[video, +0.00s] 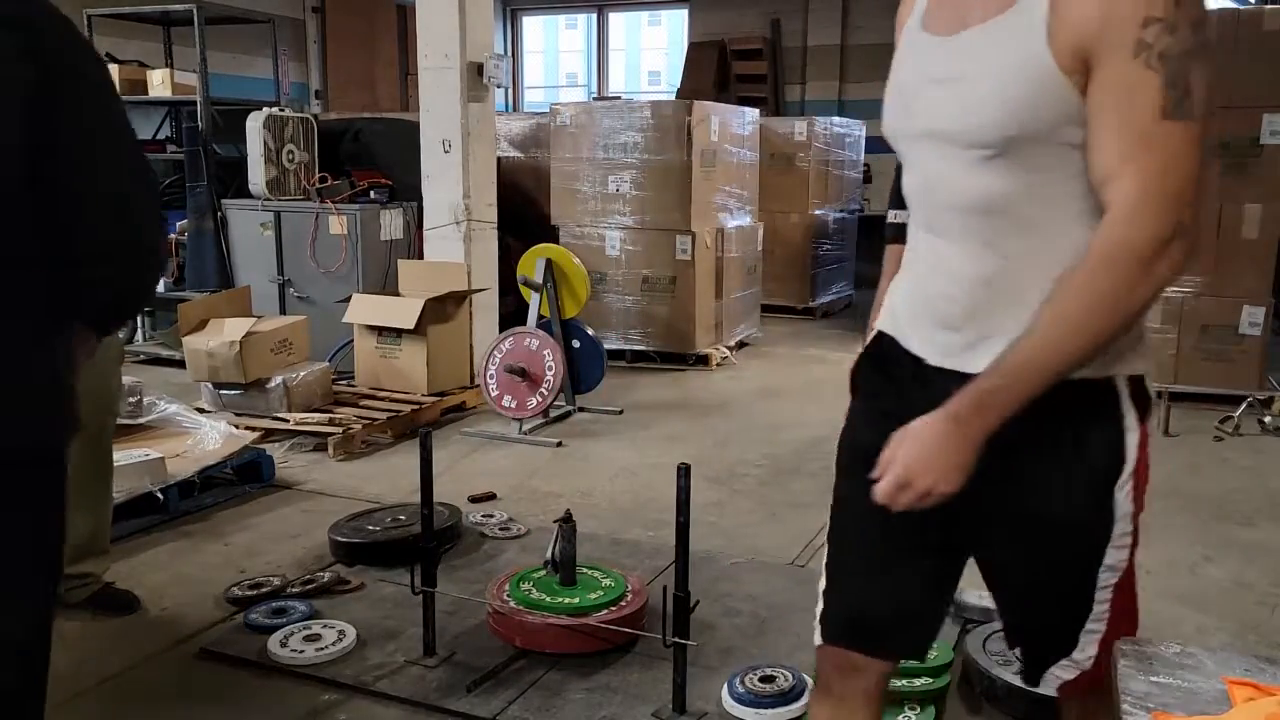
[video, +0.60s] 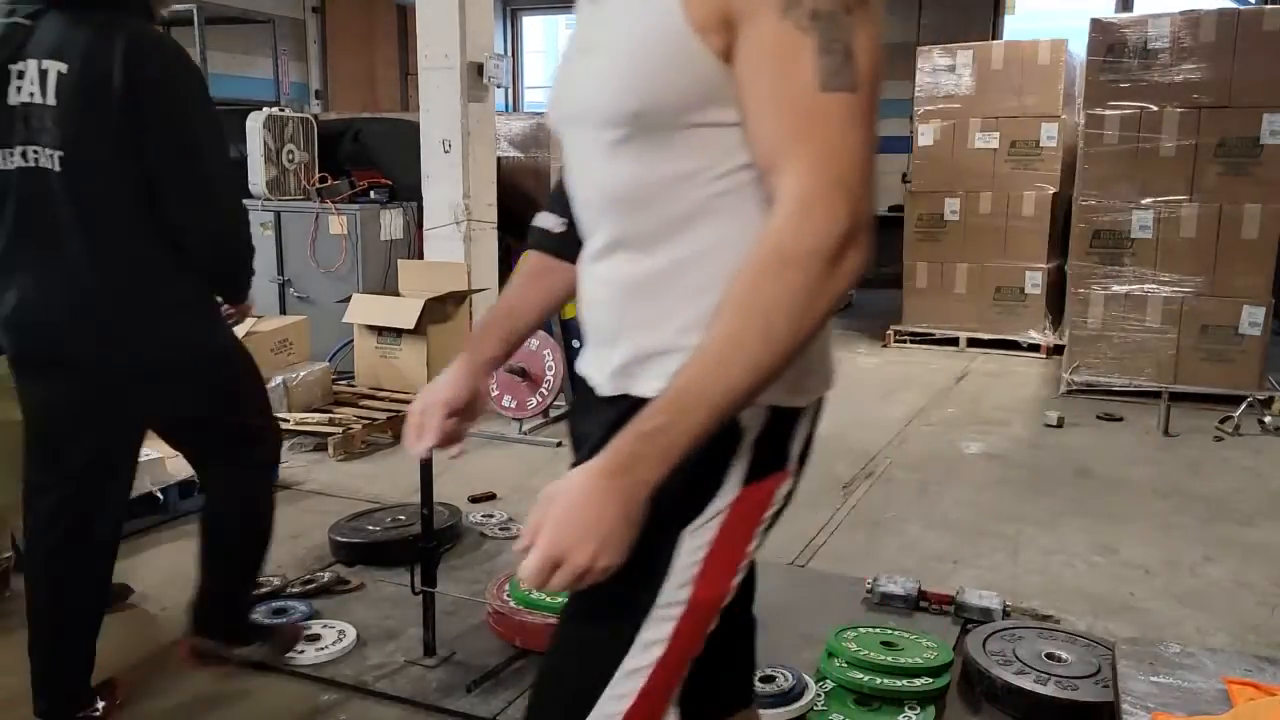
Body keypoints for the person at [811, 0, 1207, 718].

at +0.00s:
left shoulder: (1124, 8)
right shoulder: (918, 10)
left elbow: (1152, 232)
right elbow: (929, 207)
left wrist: (968, 418)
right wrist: (880, 340)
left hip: (1065, 403)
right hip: (907, 383)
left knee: (1076, 684)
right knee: (846, 660)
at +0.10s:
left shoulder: (1074, 10)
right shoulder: (883, 10)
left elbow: (1087, 252)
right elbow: (894, 224)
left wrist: (911, 442)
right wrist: (844, 369)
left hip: (1020, 426)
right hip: (862, 399)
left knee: (1034, 701)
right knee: (817, 683)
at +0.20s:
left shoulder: (1021, 9)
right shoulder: (837, 9)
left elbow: (1022, 256)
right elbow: (844, 232)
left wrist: (872, 463)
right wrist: (789, 379)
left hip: (959, 437)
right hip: (808, 411)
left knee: (960, 705)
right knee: (766, 696)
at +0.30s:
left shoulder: (961, 5)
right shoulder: (778, 9)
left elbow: (976, 233)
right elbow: (796, 228)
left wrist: (832, 456)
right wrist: (717, 365)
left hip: (891, 419)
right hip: (757, 397)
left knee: (857, 704)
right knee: (747, 698)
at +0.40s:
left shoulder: (908, 7)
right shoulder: (717, 13)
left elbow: (940, 214)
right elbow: (719, 207)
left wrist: (772, 445)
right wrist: (636, 343)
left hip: (835, 403)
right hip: (712, 380)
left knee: (749, 699)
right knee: (708, 682)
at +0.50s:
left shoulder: (849, 5)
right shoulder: (671, 15)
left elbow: (893, 212)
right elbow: (648, 203)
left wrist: (699, 445)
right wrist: (554, 338)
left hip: (786, 393)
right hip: (669, 372)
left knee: (636, 703)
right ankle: (767, 692)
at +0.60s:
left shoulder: (785, 7)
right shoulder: (611, 16)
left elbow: (826, 228)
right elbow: (583, 211)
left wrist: (626, 470)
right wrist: (473, 364)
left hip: (726, 408)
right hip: (616, 394)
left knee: (585, 704)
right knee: (711, 688)